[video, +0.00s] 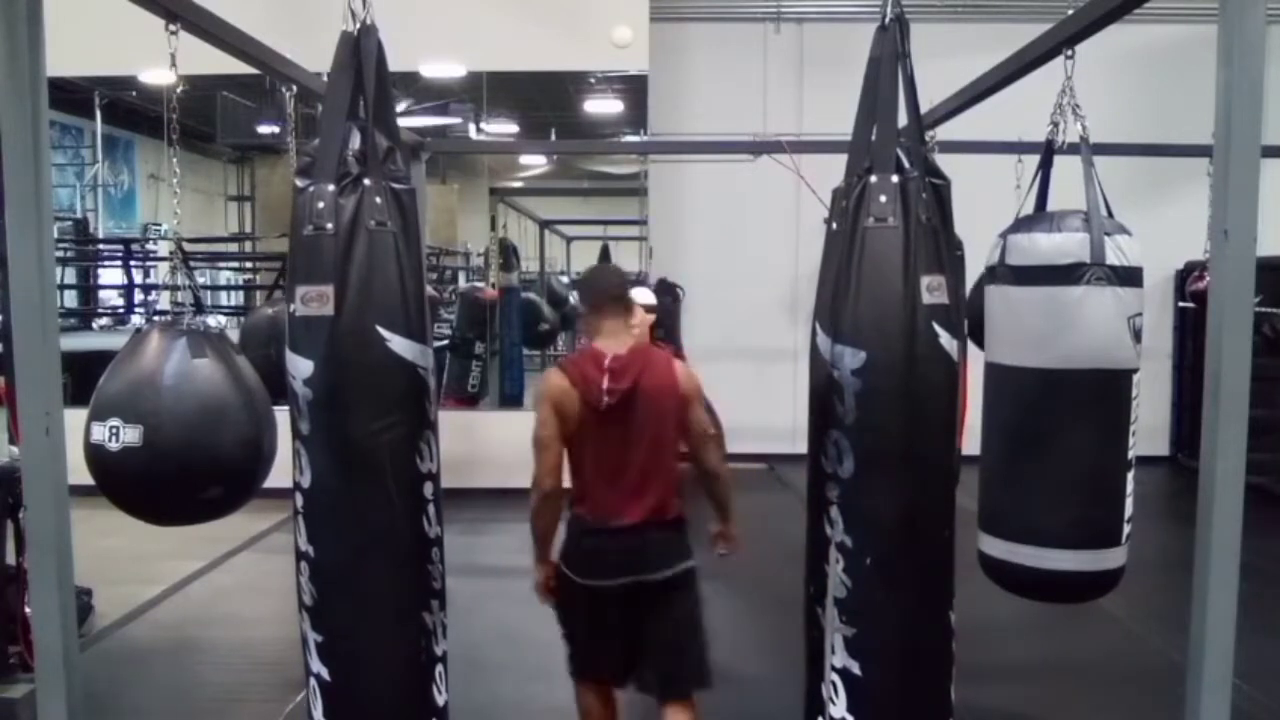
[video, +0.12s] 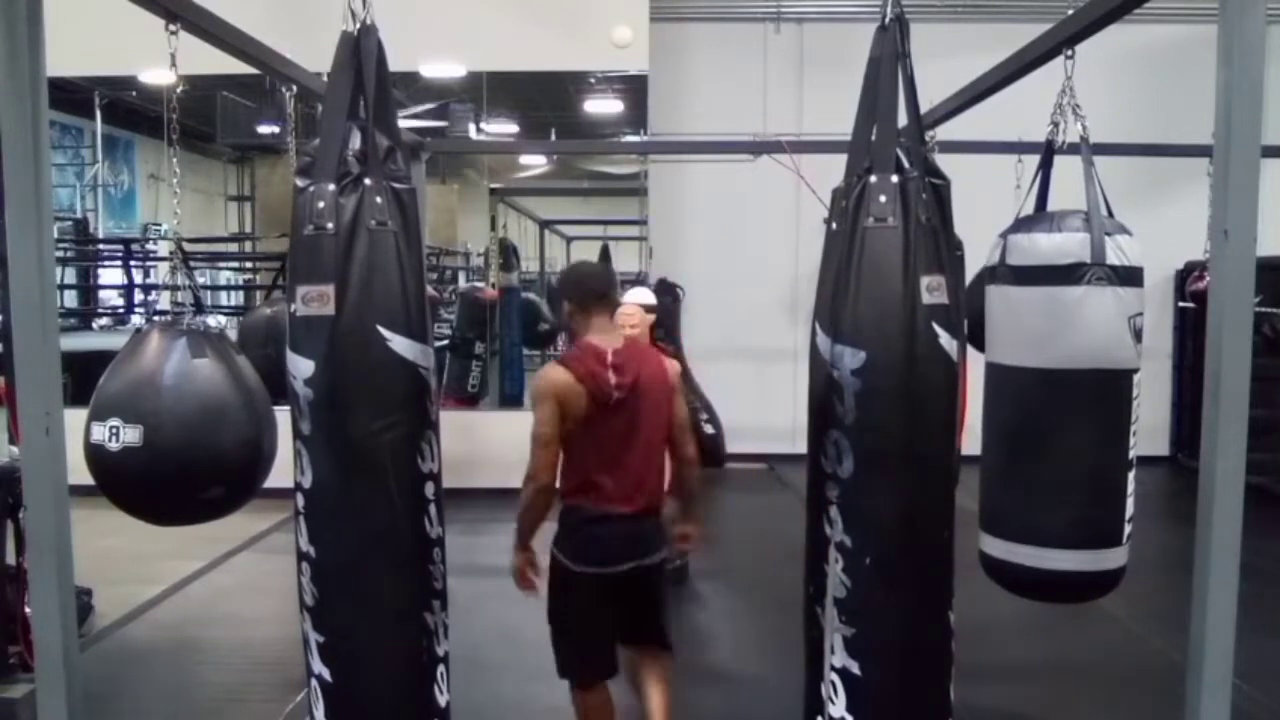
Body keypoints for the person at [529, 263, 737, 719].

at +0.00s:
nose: (643, 315)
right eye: (639, 308)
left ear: (583, 314)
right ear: (630, 309)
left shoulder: (558, 384)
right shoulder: (677, 375)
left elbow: (549, 486)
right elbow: (711, 463)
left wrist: (543, 559)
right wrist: (725, 520)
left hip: (590, 561)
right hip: (664, 557)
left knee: (593, 684)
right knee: (678, 693)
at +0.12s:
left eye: (559, 307)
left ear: (567, 310)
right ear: (615, 304)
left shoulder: (555, 379)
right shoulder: (664, 368)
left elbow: (543, 482)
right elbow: (687, 456)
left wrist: (523, 543)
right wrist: (689, 515)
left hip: (583, 545)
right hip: (645, 538)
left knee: (588, 680)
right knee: (649, 650)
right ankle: (658, 713)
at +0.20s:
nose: (555, 315)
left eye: (556, 307)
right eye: (557, 307)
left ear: (566, 308)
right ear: (612, 305)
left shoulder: (558, 377)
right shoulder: (659, 366)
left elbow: (548, 477)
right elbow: (681, 451)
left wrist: (520, 537)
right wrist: (671, 503)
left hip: (585, 536)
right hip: (642, 527)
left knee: (586, 675)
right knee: (635, 645)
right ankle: (646, 714)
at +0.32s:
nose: (536, 316)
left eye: (541, 306)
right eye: (536, 307)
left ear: (568, 306)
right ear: (584, 305)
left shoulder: (579, 373)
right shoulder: (615, 356)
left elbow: (572, 470)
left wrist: (523, 531)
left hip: (596, 520)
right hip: (625, 512)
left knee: (583, 659)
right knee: (594, 651)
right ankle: (605, 710)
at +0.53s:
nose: (533, 322)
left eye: (543, 312)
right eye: (531, 312)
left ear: (575, 308)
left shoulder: (607, 368)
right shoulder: (560, 366)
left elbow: (621, 461)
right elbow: (563, 441)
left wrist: (585, 537)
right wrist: (549, 498)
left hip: (605, 504)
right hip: (573, 502)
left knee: (590, 649)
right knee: (580, 645)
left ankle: (604, 715)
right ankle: (598, 713)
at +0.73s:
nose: (545, 313)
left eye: (556, 305)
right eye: (542, 304)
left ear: (585, 305)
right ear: (540, 304)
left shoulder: (623, 360)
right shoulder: (546, 357)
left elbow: (657, 440)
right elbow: (532, 424)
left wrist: (658, 517)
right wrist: (494, 481)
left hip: (616, 505)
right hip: (566, 507)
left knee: (625, 626)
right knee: (572, 618)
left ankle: (643, 713)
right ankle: (590, 709)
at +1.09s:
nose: (613, 312)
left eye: (623, 303)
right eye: (604, 303)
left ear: (639, 307)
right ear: (592, 307)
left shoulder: (667, 364)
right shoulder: (572, 364)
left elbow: (676, 437)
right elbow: (560, 430)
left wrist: (670, 509)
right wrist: (552, 497)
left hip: (646, 494)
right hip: (587, 495)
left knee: (654, 607)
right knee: (562, 607)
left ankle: (656, 693)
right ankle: (586, 704)